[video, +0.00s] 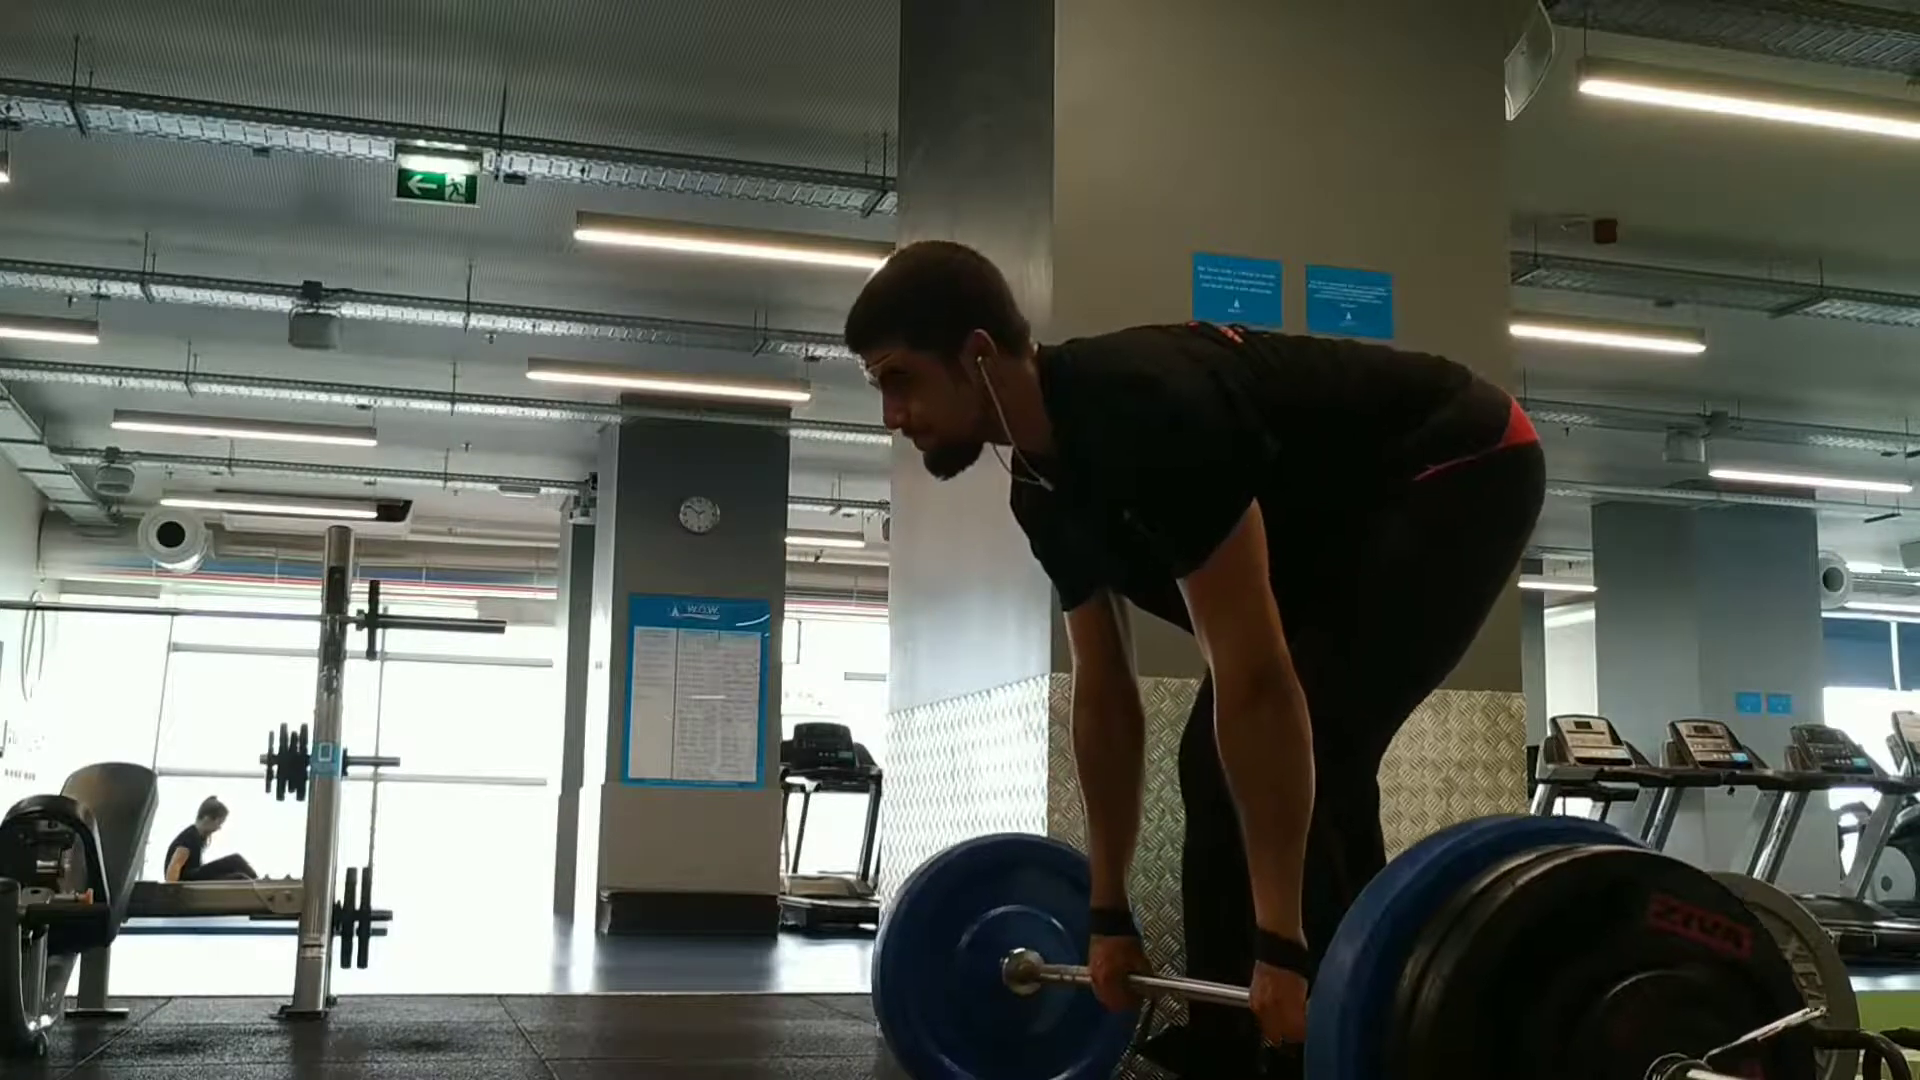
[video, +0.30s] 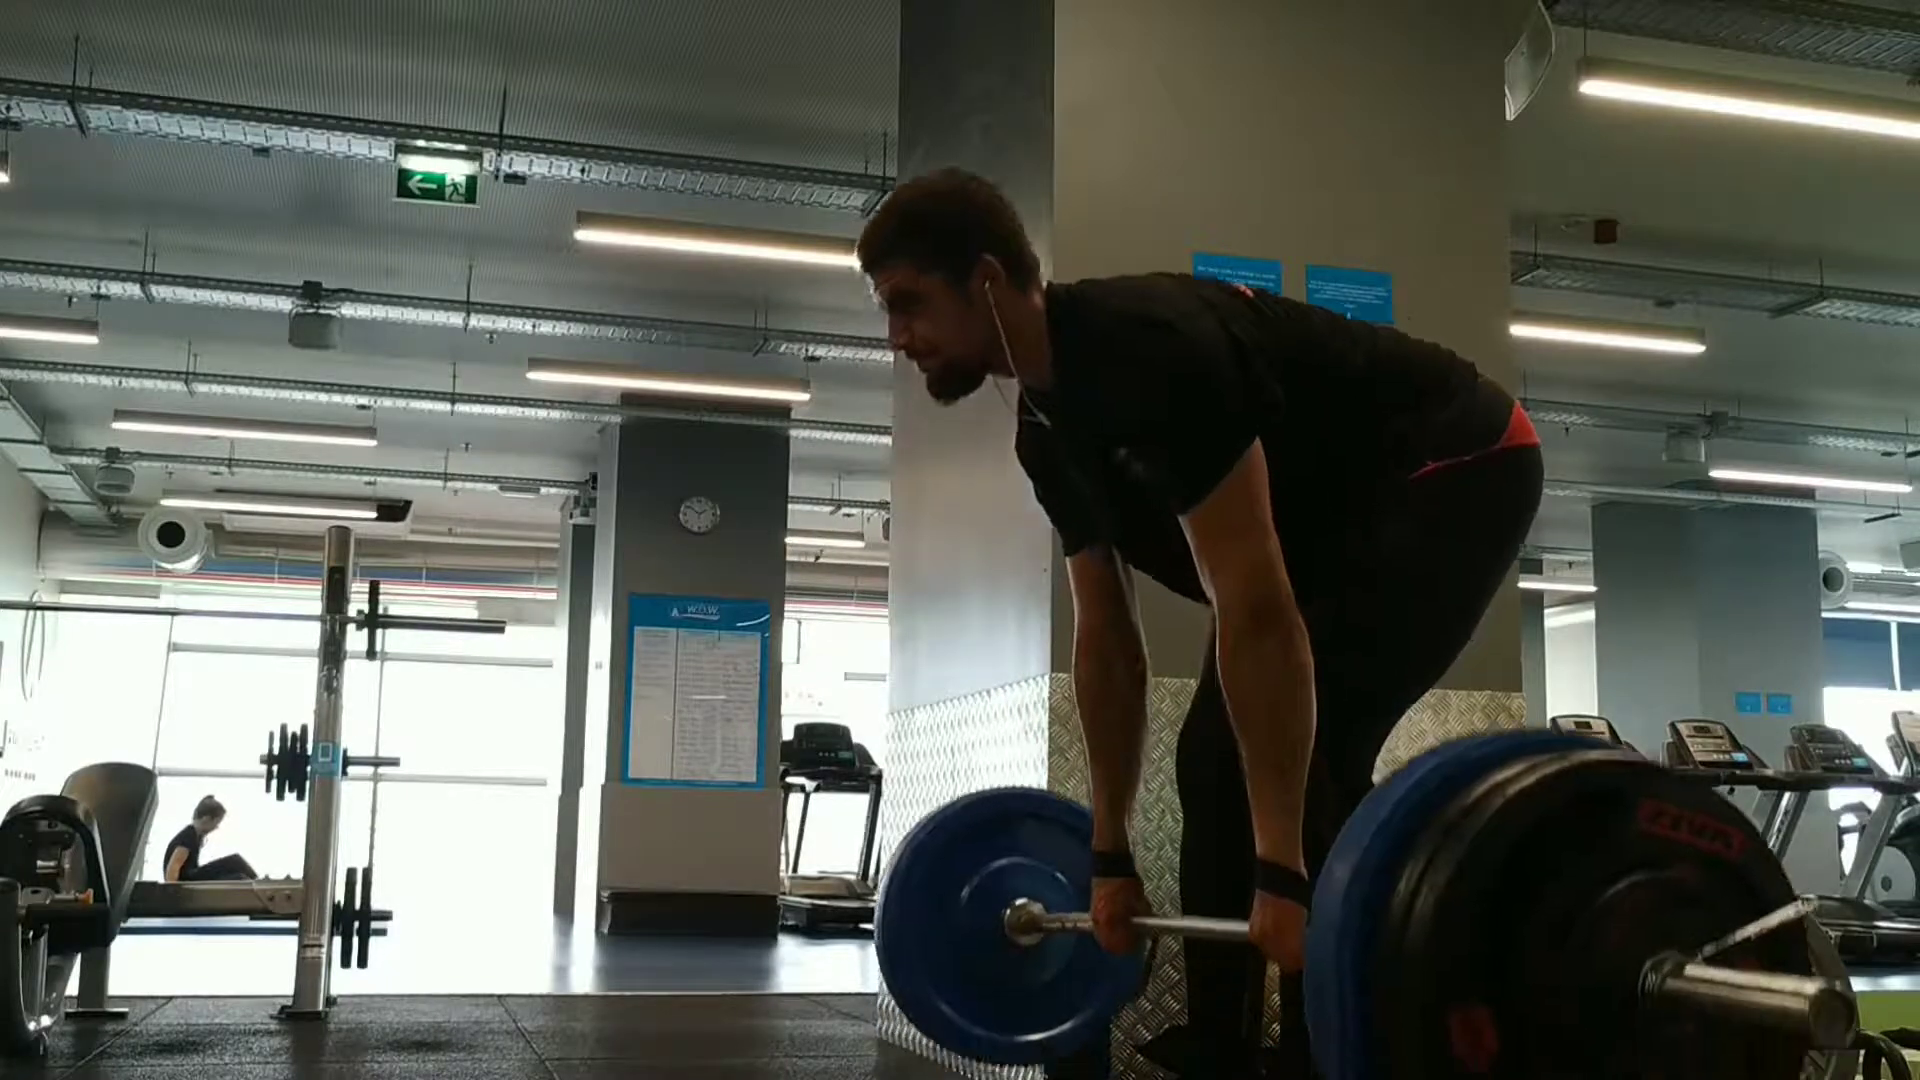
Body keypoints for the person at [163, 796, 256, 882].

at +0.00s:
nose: (219, 827)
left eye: (221, 823)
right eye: (219, 822)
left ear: (207, 819)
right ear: (207, 818)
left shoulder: (198, 837)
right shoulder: (191, 836)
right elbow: (174, 867)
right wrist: (170, 893)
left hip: (193, 877)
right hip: (185, 879)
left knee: (238, 877)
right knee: (235, 860)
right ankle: (259, 885)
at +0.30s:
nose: (217, 827)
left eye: (218, 823)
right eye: (217, 822)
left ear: (206, 819)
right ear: (206, 819)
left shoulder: (195, 837)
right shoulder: (190, 836)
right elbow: (173, 868)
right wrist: (171, 894)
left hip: (192, 876)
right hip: (185, 880)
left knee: (238, 877)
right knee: (235, 860)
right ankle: (259, 886)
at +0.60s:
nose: (215, 826)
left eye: (217, 822)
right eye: (215, 821)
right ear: (206, 818)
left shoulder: (195, 836)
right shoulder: (189, 835)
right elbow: (172, 866)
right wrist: (171, 891)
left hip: (191, 876)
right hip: (186, 878)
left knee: (237, 865)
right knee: (237, 864)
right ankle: (259, 889)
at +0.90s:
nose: (215, 822)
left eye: (217, 819)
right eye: (216, 818)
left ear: (199, 812)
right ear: (209, 816)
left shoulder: (194, 832)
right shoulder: (193, 832)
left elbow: (181, 864)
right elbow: (180, 864)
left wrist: (171, 890)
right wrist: (171, 890)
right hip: (188, 877)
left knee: (237, 869)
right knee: (237, 870)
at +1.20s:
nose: (213, 821)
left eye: (214, 818)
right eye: (214, 818)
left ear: (196, 812)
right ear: (211, 817)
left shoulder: (185, 831)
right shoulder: (194, 833)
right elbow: (180, 868)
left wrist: (171, 891)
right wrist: (172, 892)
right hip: (191, 877)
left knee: (236, 872)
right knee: (237, 872)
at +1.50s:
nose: (214, 822)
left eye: (215, 819)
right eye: (214, 818)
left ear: (198, 811)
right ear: (209, 816)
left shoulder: (188, 831)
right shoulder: (192, 833)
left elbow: (179, 865)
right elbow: (179, 866)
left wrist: (172, 891)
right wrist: (172, 891)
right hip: (189, 879)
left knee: (236, 871)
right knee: (237, 872)